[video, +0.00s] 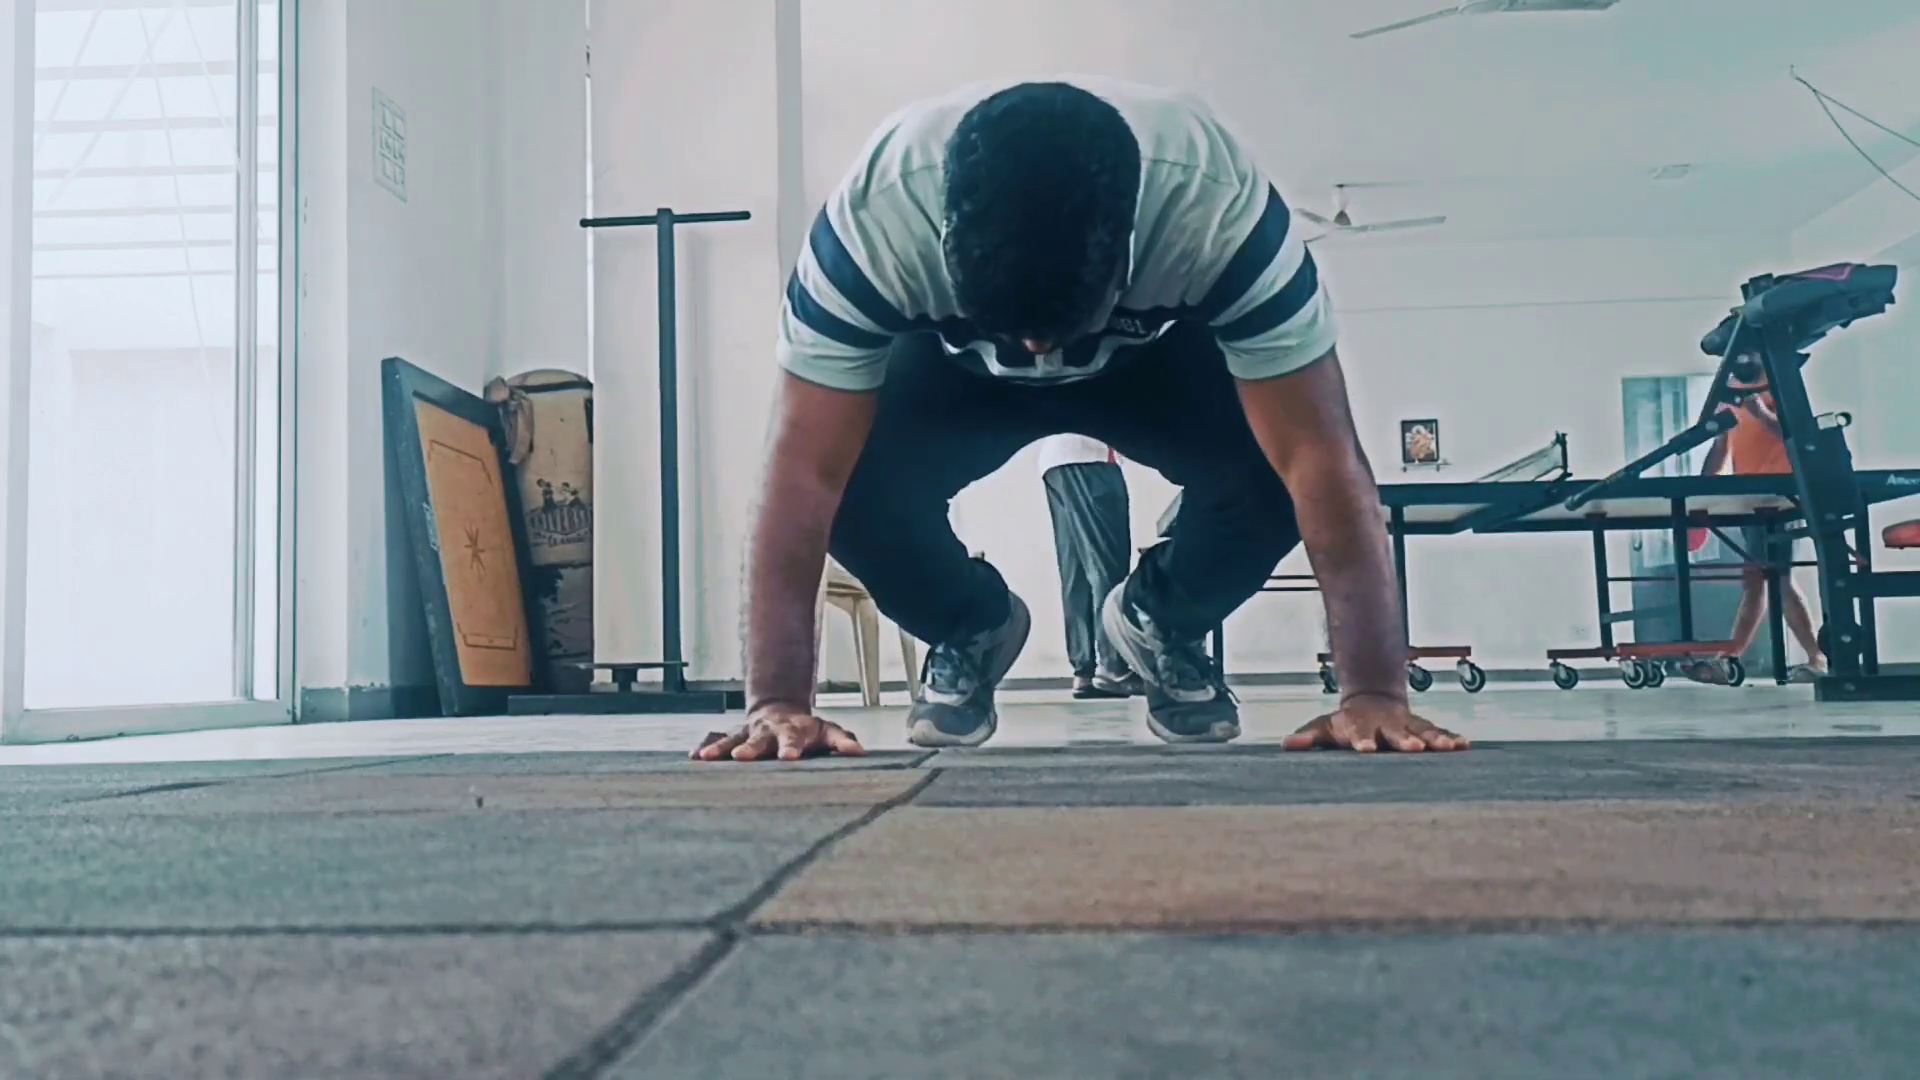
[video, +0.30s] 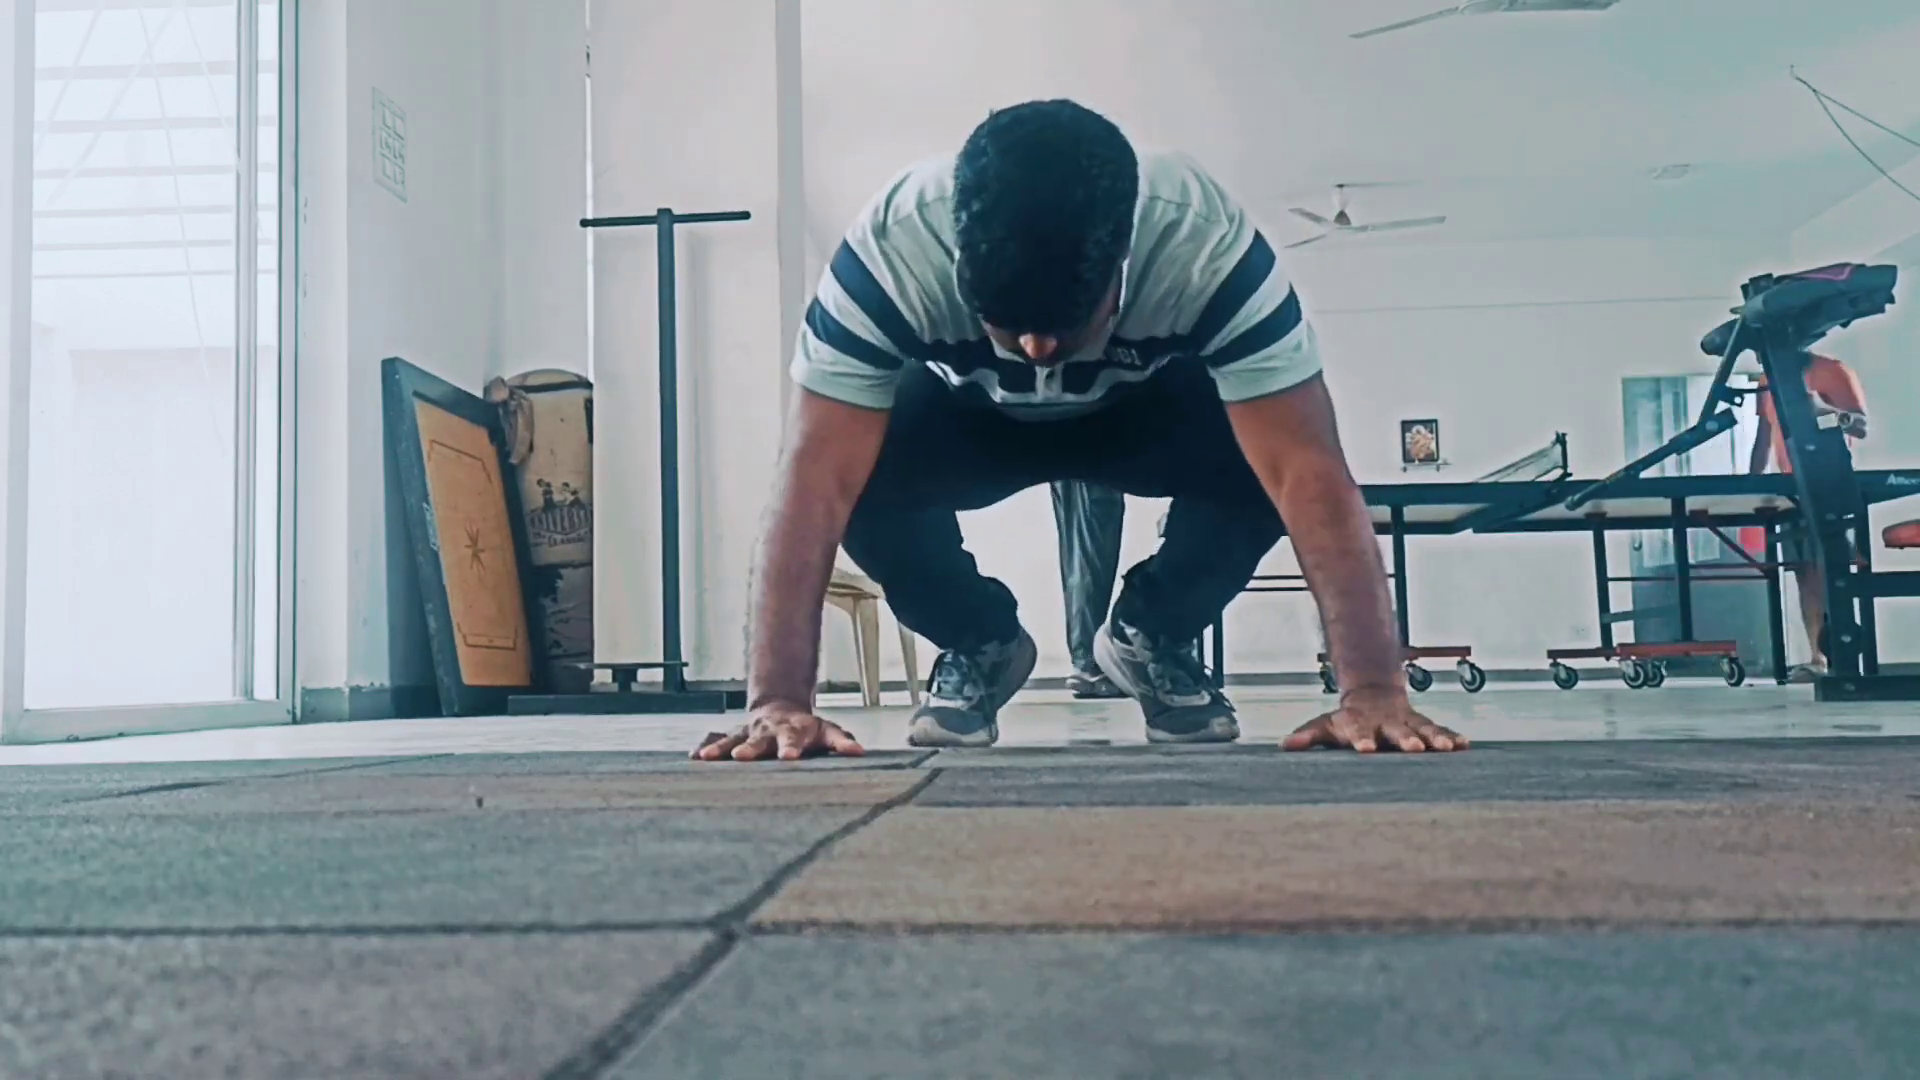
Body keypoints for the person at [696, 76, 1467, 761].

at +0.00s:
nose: (1043, 360)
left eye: (1072, 336)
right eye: (1008, 341)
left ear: (1124, 247)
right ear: (950, 246)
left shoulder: (1222, 209)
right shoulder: (874, 223)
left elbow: (1322, 460)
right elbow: (805, 465)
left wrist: (1374, 694)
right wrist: (779, 701)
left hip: (1151, 341)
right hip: (959, 351)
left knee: (1278, 486)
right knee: (859, 505)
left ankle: (1159, 619)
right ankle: (977, 625)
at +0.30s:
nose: (1041, 356)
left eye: (1068, 336)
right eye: (1012, 338)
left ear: (1123, 266)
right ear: (964, 265)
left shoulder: (1212, 248)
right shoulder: (894, 254)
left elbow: (1311, 476)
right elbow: (816, 477)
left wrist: (1375, 689)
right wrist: (779, 700)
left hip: (1143, 407)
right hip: (978, 414)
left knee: (1265, 474)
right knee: (861, 482)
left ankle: (1153, 629)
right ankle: (983, 643)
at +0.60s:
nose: (1063, 378)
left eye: (1094, 357)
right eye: (1035, 360)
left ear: (1144, 281)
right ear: (985, 283)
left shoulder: (1231, 261)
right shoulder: (906, 273)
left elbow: (1319, 486)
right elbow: (823, 489)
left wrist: (1375, 693)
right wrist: (777, 701)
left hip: (1154, 404)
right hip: (995, 412)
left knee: (1275, 473)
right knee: (873, 485)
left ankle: (1157, 631)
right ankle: (986, 644)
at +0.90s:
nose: (1061, 354)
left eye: (1092, 334)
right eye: (1033, 335)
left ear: (1143, 254)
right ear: (980, 256)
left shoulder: (1233, 237)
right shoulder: (904, 250)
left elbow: (1327, 477)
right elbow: (816, 477)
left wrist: (1377, 691)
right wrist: (774, 701)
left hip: (1162, 400)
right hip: (990, 404)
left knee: (1287, 495)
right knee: (865, 492)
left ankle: (1165, 624)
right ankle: (984, 637)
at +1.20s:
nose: (1043, 351)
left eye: (1072, 329)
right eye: (1017, 331)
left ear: (1124, 254)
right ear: (966, 262)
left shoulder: (1219, 251)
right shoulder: (899, 263)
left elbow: (1316, 478)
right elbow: (817, 487)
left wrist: (1371, 687)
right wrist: (773, 700)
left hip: (1148, 414)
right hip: (985, 417)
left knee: (1272, 483)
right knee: (860, 482)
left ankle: (1157, 631)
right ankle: (989, 642)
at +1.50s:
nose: (1058, 349)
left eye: (1090, 327)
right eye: (1029, 330)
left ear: (1139, 245)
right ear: (977, 244)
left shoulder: (1227, 235)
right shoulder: (900, 252)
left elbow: (1321, 476)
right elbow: (819, 476)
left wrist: (1372, 691)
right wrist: (772, 699)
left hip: (1158, 416)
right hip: (981, 421)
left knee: (1292, 494)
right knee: (851, 492)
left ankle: (1165, 626)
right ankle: (983, 638)